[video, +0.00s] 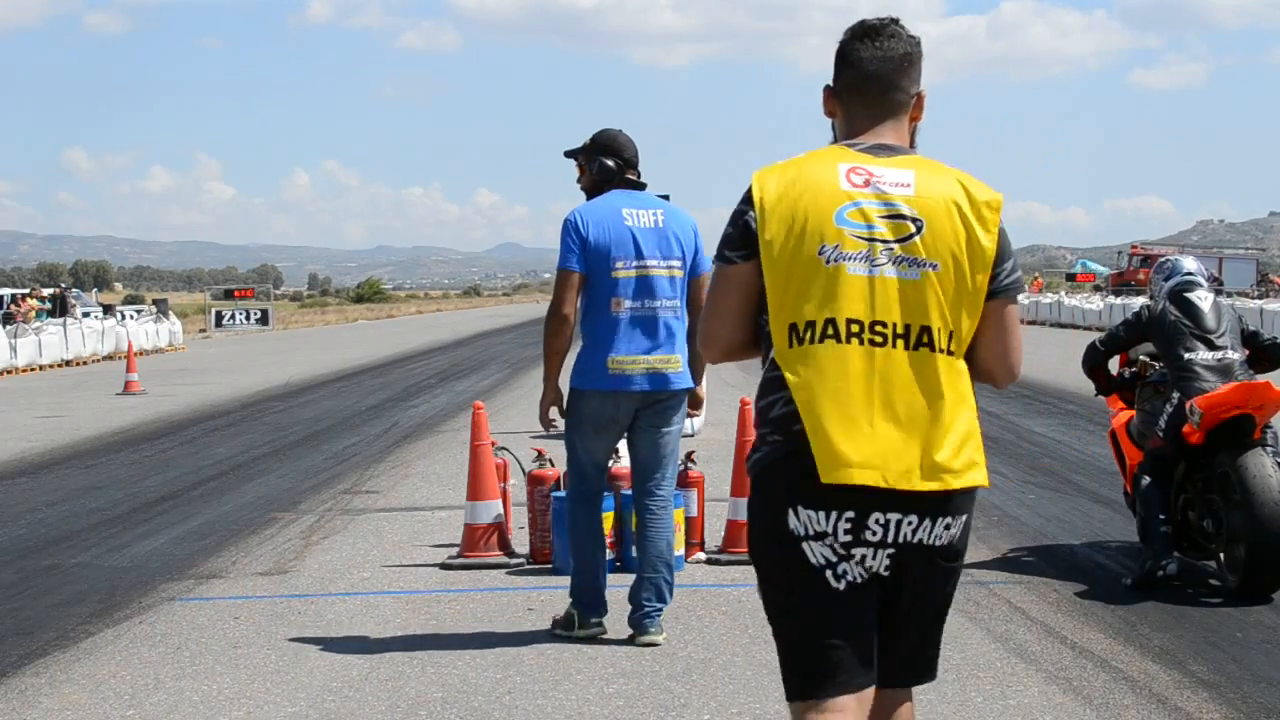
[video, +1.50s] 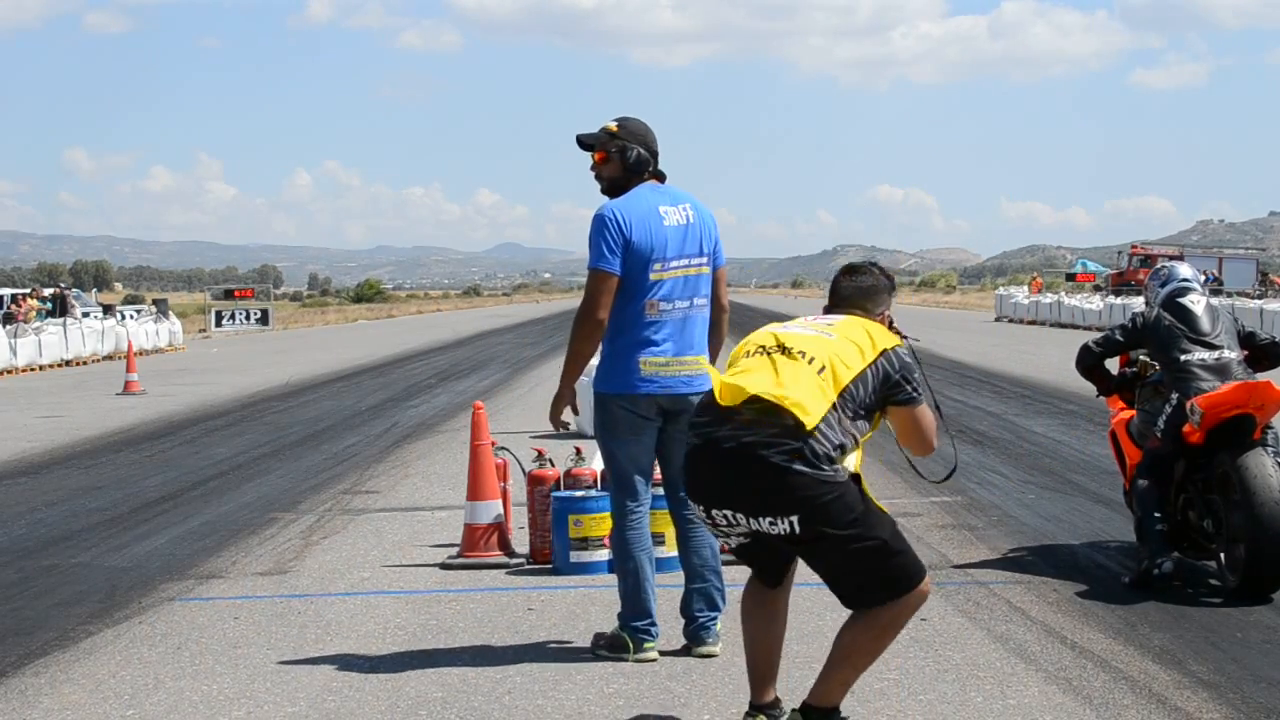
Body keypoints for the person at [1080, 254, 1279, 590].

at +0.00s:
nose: (1152, 291)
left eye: (1154, 285)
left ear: (1161, 283)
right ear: (1202, 278)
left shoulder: (1153, 313)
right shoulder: (1228, 309)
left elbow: (1095, 353)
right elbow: (1269, 349)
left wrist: (1109, 385)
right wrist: (1242, 369)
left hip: (1192, 392)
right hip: (1242, 385)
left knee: (1151, 471)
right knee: (1266, 433)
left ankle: (1158, 554)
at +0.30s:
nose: (1151, 293)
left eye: (1153, 287)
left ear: (1160, 286)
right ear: (1200, 282)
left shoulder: (1152, 317)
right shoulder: (1226, 313)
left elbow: (1088, 354)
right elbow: (1271, 348)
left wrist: (1111, 385)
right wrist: (1243, 368)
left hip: (1192, 395)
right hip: (1241, 387)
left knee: (1151, 471)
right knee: (1266, 439)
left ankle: (1159, 556)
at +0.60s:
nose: (1149, 295)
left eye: (1151, 289)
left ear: (1158, 288)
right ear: (1197, 284)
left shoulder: (1150, 320)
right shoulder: (1225, 315)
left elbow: (1088, 357)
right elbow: (1271, 347)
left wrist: (1109, 386)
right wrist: (1241, 368)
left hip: (1190, 398)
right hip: (1240, 391)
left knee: (1147, 474)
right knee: (1266, 441)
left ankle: (1157, 556)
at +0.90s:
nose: (1143, 295)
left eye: (1145, 290)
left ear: (1152, 288)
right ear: (1191, 282)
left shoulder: (1143, 319)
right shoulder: (1219, 313)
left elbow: (1084, 357)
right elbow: (1270, 345)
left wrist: (1107, 387)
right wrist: (1238, 365)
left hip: (1187, 393)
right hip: (1238, 384)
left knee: (1150, 471)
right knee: (1264, 436)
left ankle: (1156, 560)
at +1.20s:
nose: (1143, 296)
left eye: (1145, 290)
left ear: (1153, 288)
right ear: (1192, 283)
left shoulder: (1145, 319)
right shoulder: (1221, 313)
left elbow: (1084, 356)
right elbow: (1270, 346)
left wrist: (1107, 386)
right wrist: (1242, 367)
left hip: (1187, 394)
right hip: (1238, 386)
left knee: (1150, 472)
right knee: (1265, 436)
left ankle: (1158, 560)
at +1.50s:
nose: (1147, 297)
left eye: (1149, 291)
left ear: (1157, 289)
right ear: (1197, 284)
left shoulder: (1149, 319)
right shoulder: (1225, 314)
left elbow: (1088, 355)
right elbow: (1270, 348)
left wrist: (1110, 385)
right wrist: (1242, 366)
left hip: (1190, 397)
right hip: (1241, 388)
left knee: (1147, 474)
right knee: (1265, 441)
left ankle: (1156, 554)